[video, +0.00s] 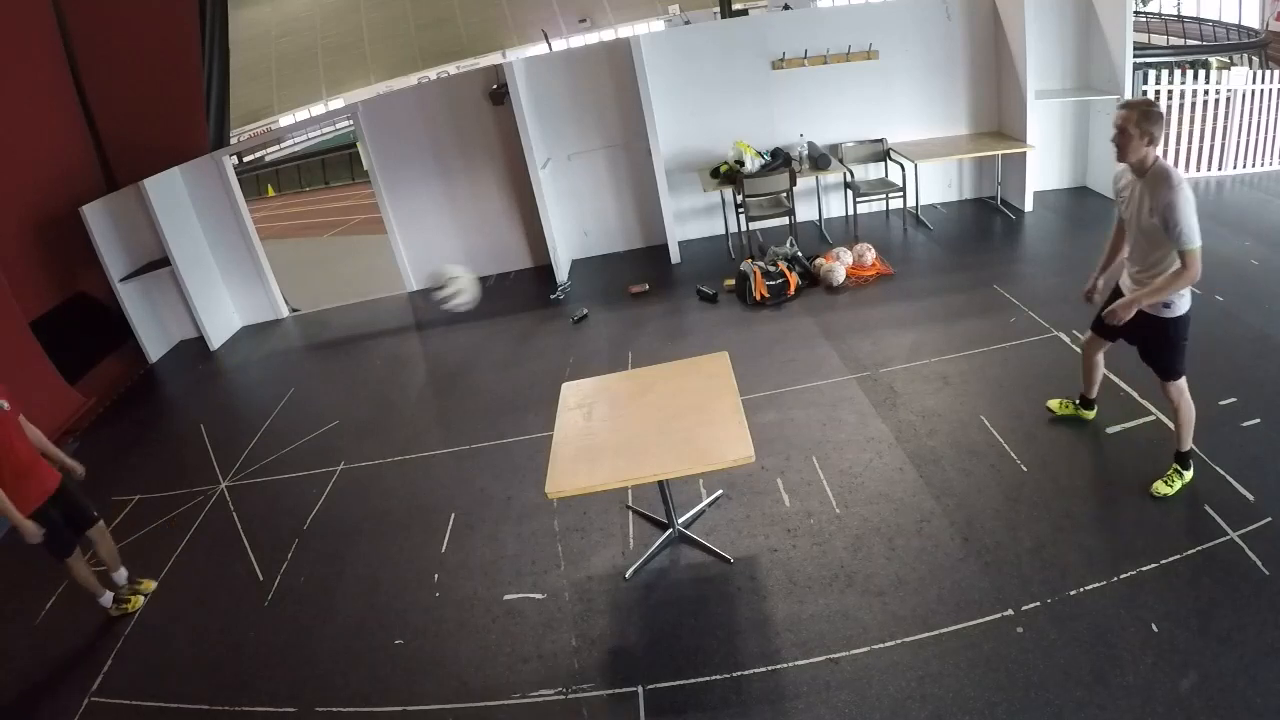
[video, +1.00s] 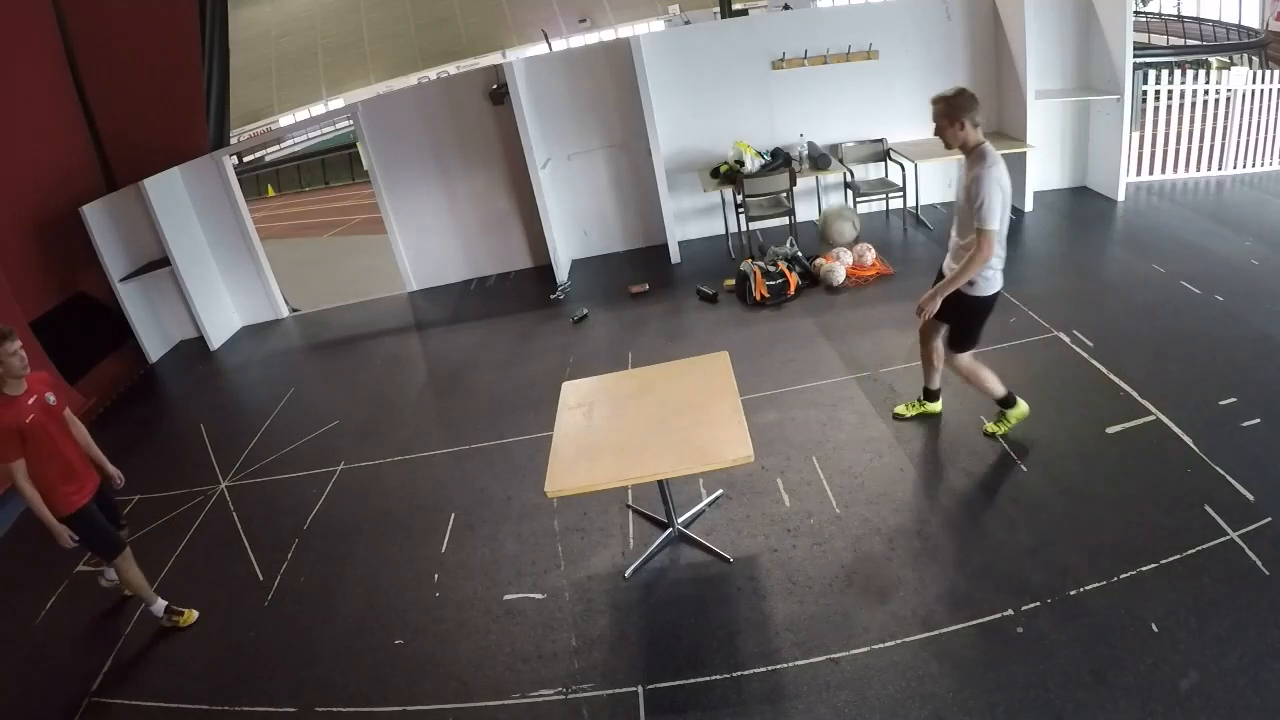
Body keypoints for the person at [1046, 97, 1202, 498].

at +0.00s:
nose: (1115, 137)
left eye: (1124, 133)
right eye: (1116, 130)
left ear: (1149, 141)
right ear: (1124, 135)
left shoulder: (1172, 190)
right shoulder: (1123, 177)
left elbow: (1191, 269)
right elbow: (1122, 231)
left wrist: (1136, 300)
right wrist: (1100, 276)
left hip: (1166, 307)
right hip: (1127, 291)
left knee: (1174, 389)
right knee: (1091, 347)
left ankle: (1183, 463)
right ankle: (1086, 404)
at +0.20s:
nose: (1065, 136)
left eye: (1072, 130)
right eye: (1065, 129)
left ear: (1098, 135)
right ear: (1083, 133)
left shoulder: (1123, 183)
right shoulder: (1082, 173)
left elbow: (1157, 249)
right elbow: (1075, 224)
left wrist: (1156, 316)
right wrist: (1044, 268)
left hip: (1121, 294)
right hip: (1090, 279)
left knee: (1100, 377)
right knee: (1067, 342)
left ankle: (1148, 436)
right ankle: (1081, 406)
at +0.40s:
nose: (1030, 119)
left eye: (1038, 112)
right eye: (1031, 111)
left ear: (1063, 116)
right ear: (1054, 117)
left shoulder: (1096, 165)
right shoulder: (1046, 157)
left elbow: (1134, 228)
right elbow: (1043, 207)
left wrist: (1149, 288)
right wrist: (1014, 246)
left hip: (1079, 275)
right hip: (1051, 264)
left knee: (1040, 345)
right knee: (1036, 329)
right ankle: (1066, 383)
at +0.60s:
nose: (1002, 143)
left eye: (1006, 136)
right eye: (1001, 135)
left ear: (1029, 134)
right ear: (1027, 133)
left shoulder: (1062, 182)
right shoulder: (1031, 165)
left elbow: (1080, 261)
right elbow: (1035, 224)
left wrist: (1074, 329)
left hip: (1036, 285)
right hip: (1012, 263)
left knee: (1002, 355)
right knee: (954, 306)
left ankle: (1024, 419)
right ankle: (957, 366)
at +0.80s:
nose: (967, 137)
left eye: (969, 130)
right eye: (965, 130)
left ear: (990, 127)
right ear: (991, 125)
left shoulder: (1025, 168)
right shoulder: (1009, 154)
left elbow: (1017, 251)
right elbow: (1006, 221)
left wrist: (969, 298)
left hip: (1011, 276)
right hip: (987, 256)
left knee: (1002, 352)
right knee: (931, 304)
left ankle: (1024, 417)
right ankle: (873, 358)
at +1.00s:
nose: (936, 133)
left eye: (939, 126)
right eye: (936, 125)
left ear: (961, 125)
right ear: (965, 124)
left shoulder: (988, 175)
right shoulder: (975, 159)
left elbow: (985, 249)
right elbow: (970, 227)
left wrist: (939, 292)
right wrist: (953, 264)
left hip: (977, 285)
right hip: (954, 270)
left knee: (957, 357)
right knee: (928, 332)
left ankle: (1011, 405)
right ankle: (931, 399)